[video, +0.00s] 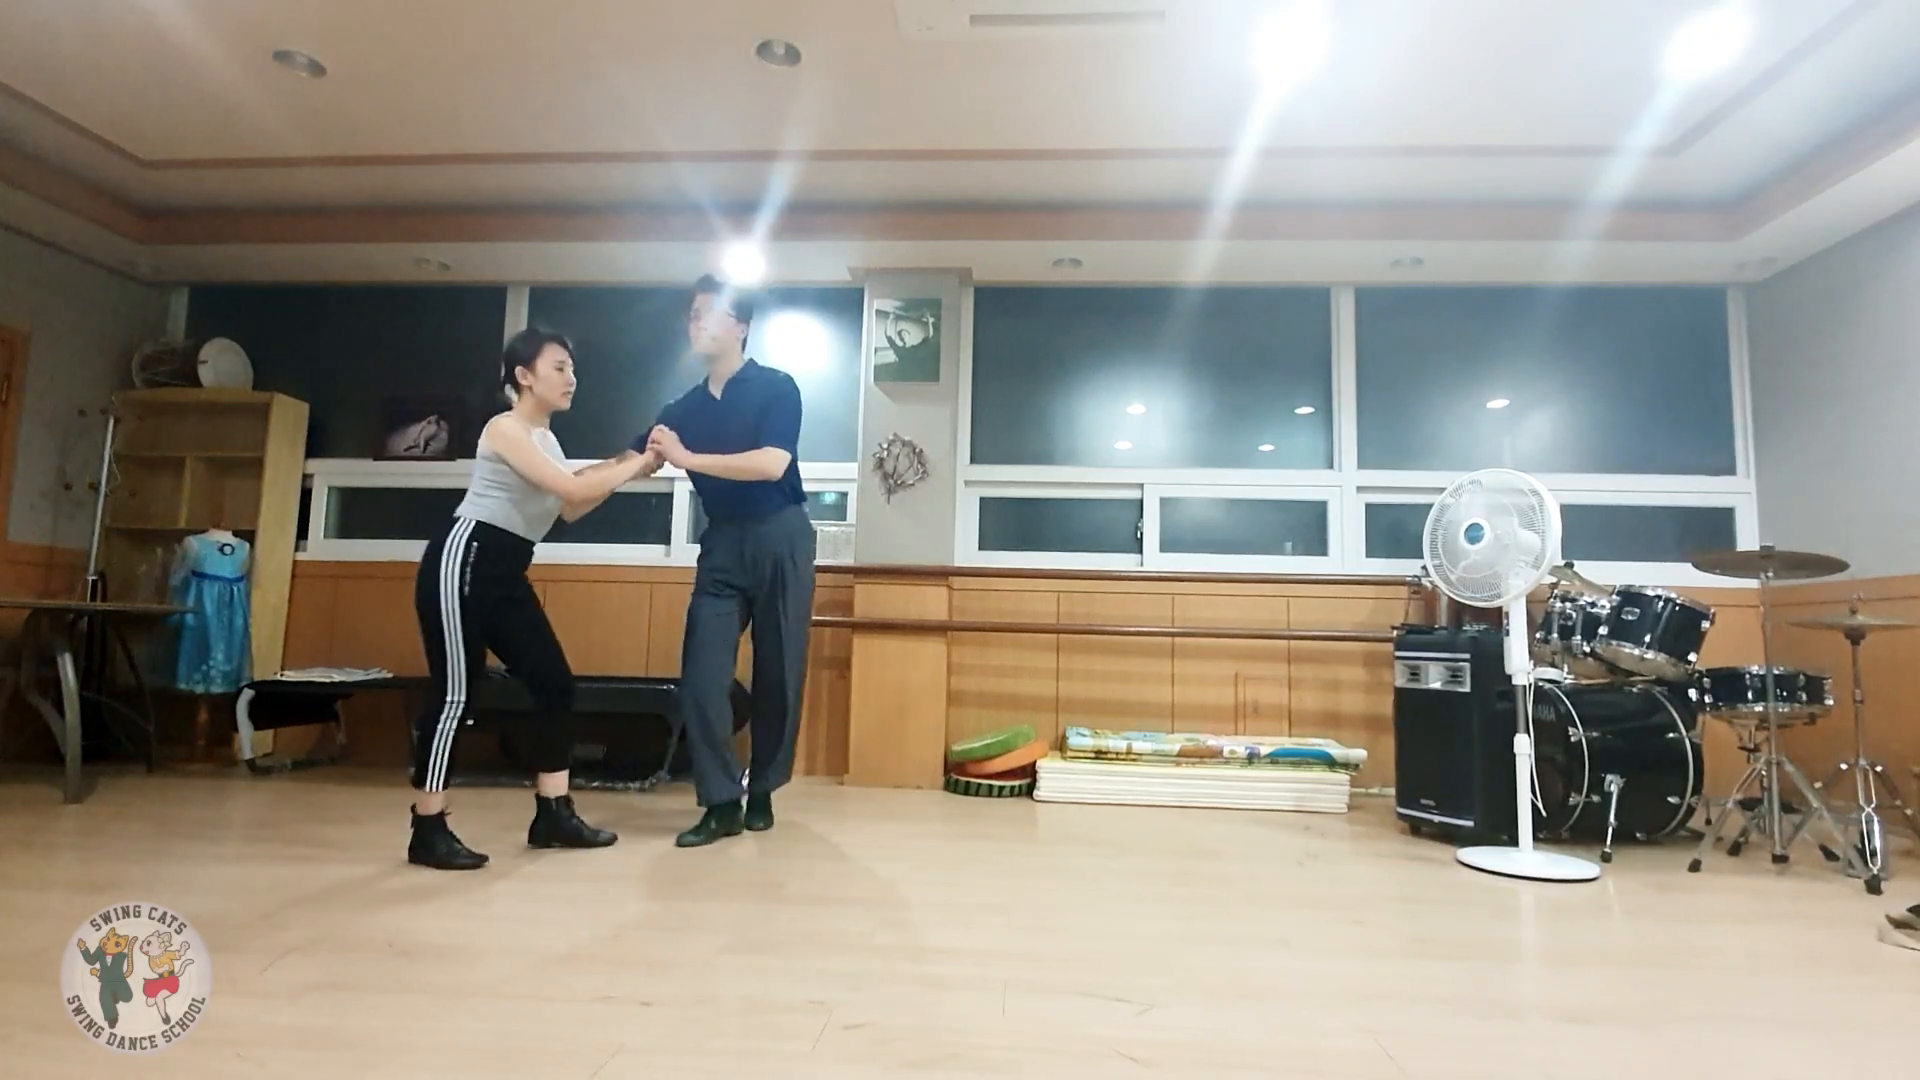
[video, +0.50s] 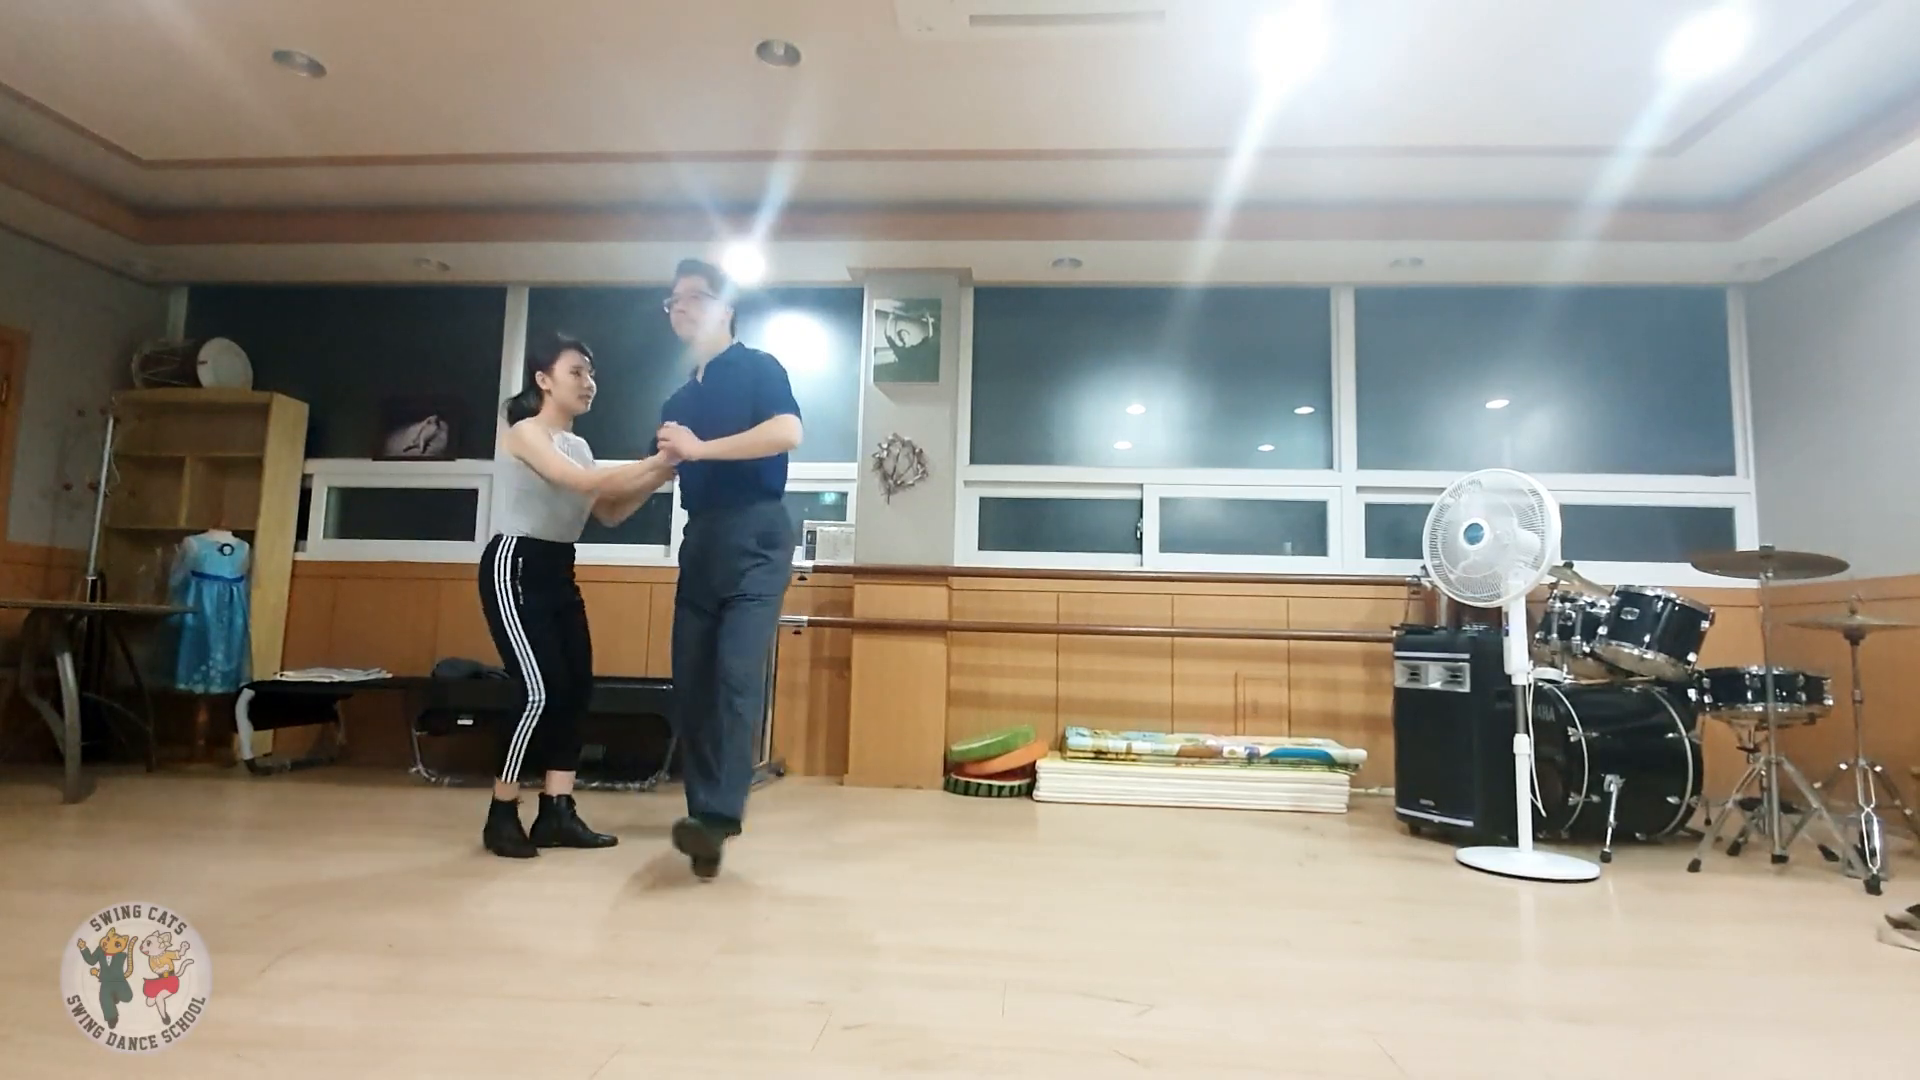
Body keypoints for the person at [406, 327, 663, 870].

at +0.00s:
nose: (570, 379)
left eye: (571, 370)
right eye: (559, 368)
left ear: (555, 380)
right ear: (523, 375)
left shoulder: (548, 442)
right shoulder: (502, 428)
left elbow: (571, 509)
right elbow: (572, 488)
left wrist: (622, 471)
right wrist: (632, 464)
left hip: (504, 575)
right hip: (459, 563)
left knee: (554, 683)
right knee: (454, 695)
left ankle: (554, 814)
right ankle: (428, 828)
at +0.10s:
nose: (574, 380)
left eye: (575, 371)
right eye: (562, 369)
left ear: (562, 382)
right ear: (526, 376)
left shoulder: (554, 443)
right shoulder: (507, 432)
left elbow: (572, 511)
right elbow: (575, 493)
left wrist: (623, 477)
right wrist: (634, 470)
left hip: (525, 575)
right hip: (485, 567)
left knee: (565, 683)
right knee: (485, 697)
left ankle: (554, 815)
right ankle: (433, 825)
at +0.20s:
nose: (579, 382)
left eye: (580, 373)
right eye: (568, 370)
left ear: (567, 383)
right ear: (533, 377)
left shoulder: (559, 441)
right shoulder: (515, 431)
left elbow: (580, 512)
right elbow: (580, 493)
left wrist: (635, 476)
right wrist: (638, 471)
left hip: (541, 573)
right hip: (504, 567)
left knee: (573, 686)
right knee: (523, 696)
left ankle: (554, 815)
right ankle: (446, 818)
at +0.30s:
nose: (583, 384)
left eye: (584, 375)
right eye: (572, 373)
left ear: (574, 384)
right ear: (538, 378)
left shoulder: (563, 443)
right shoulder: (519, 431)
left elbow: (588, 512)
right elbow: (587, 489)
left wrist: (644, 476)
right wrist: (649, 467)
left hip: (552, 573)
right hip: (514, 569)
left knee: (577, 687)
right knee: (546, 693)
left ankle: (555, 815)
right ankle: (465, 807)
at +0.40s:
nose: (586, 383)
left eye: (587, 375)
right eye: (575, 373)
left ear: (583, 383)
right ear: (541, 379)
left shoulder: (570, 445)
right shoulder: (521, 432)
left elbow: (601, 512)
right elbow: (585, 484)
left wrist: (653, 474)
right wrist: (654, 463)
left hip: (556, 575)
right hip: (515, 571)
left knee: (578, 688)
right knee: (549, 691)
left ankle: (556, 814)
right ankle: (485, 803)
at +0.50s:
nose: (589, 381)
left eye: (590, 373)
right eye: (576, 372)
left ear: (589, 384)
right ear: (543, 380)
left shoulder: (579, 448)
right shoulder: (521, 432)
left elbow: (610, 512)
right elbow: (577, 479)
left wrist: (662, 473)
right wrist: (654, 462)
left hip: (556, 573)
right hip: (514, 568)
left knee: (574, 686)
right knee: (539, 689)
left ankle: (556, 814)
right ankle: (502, 815)